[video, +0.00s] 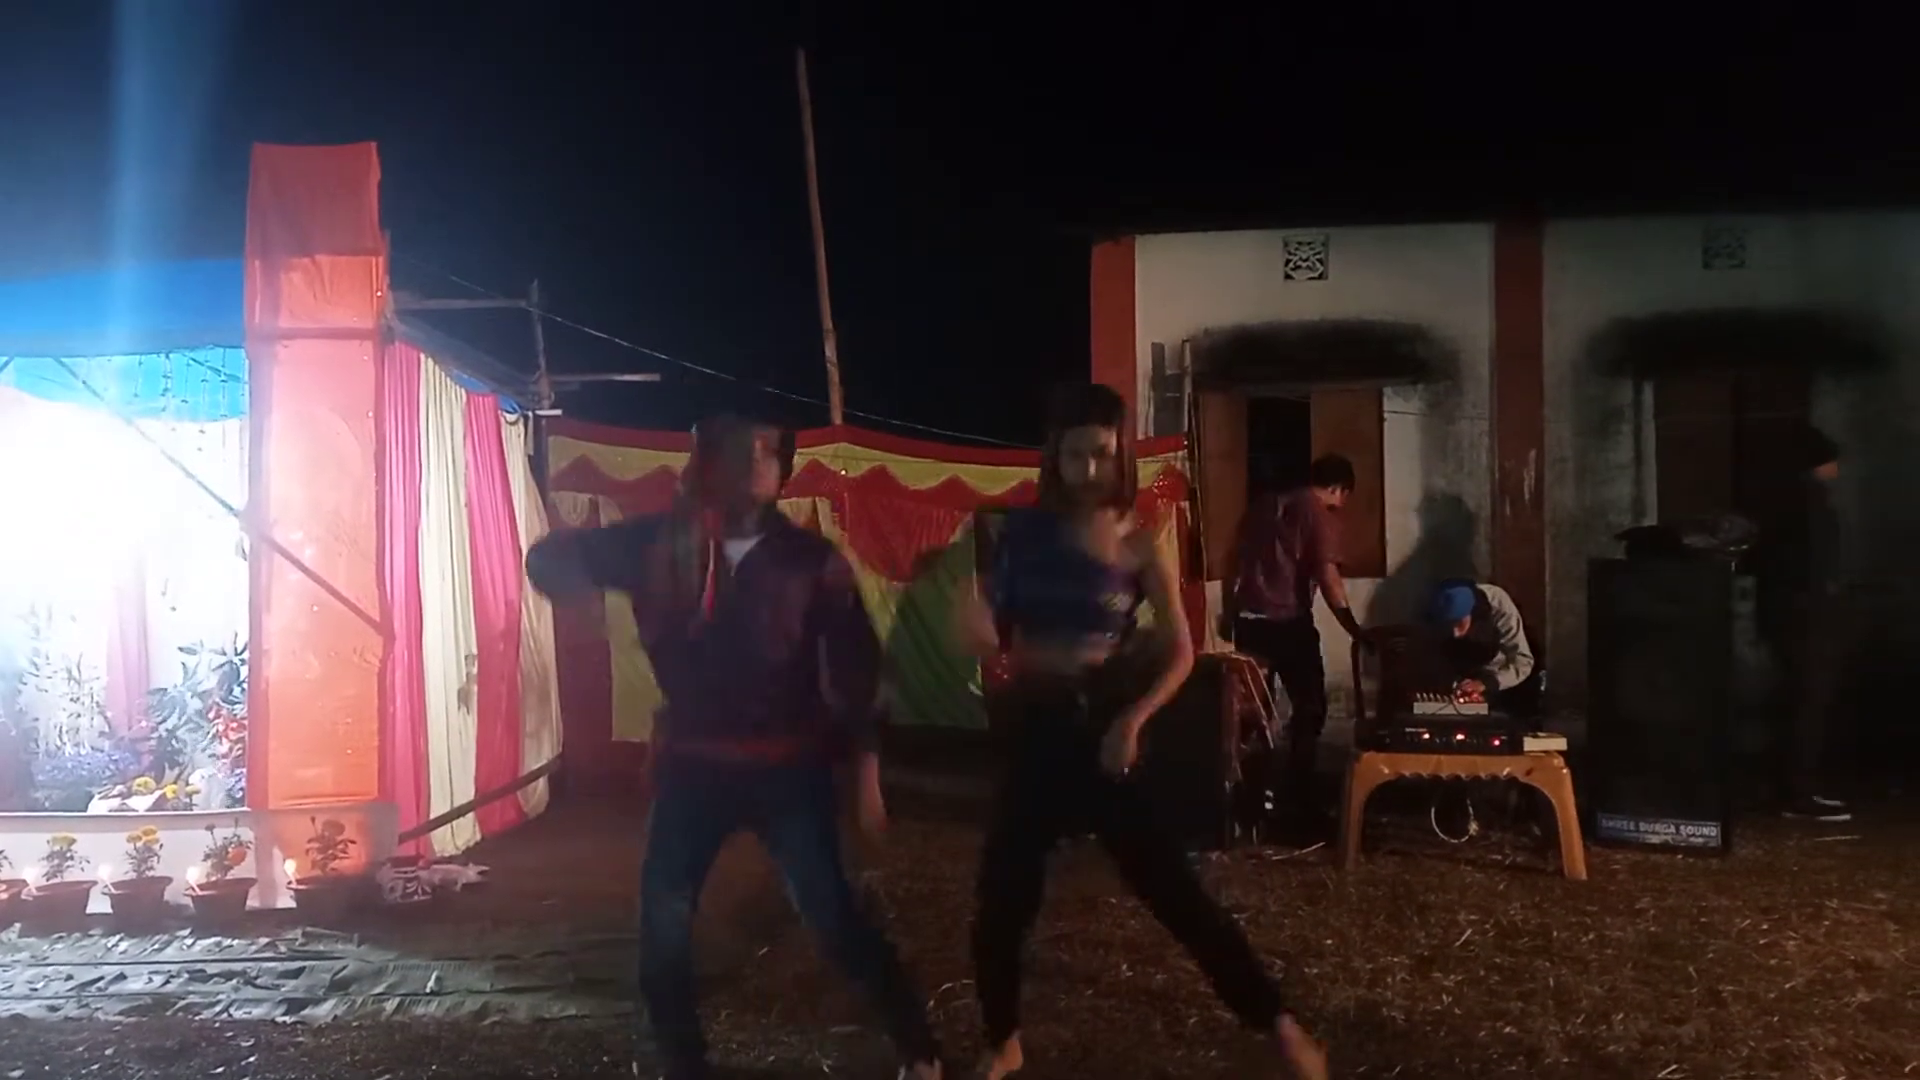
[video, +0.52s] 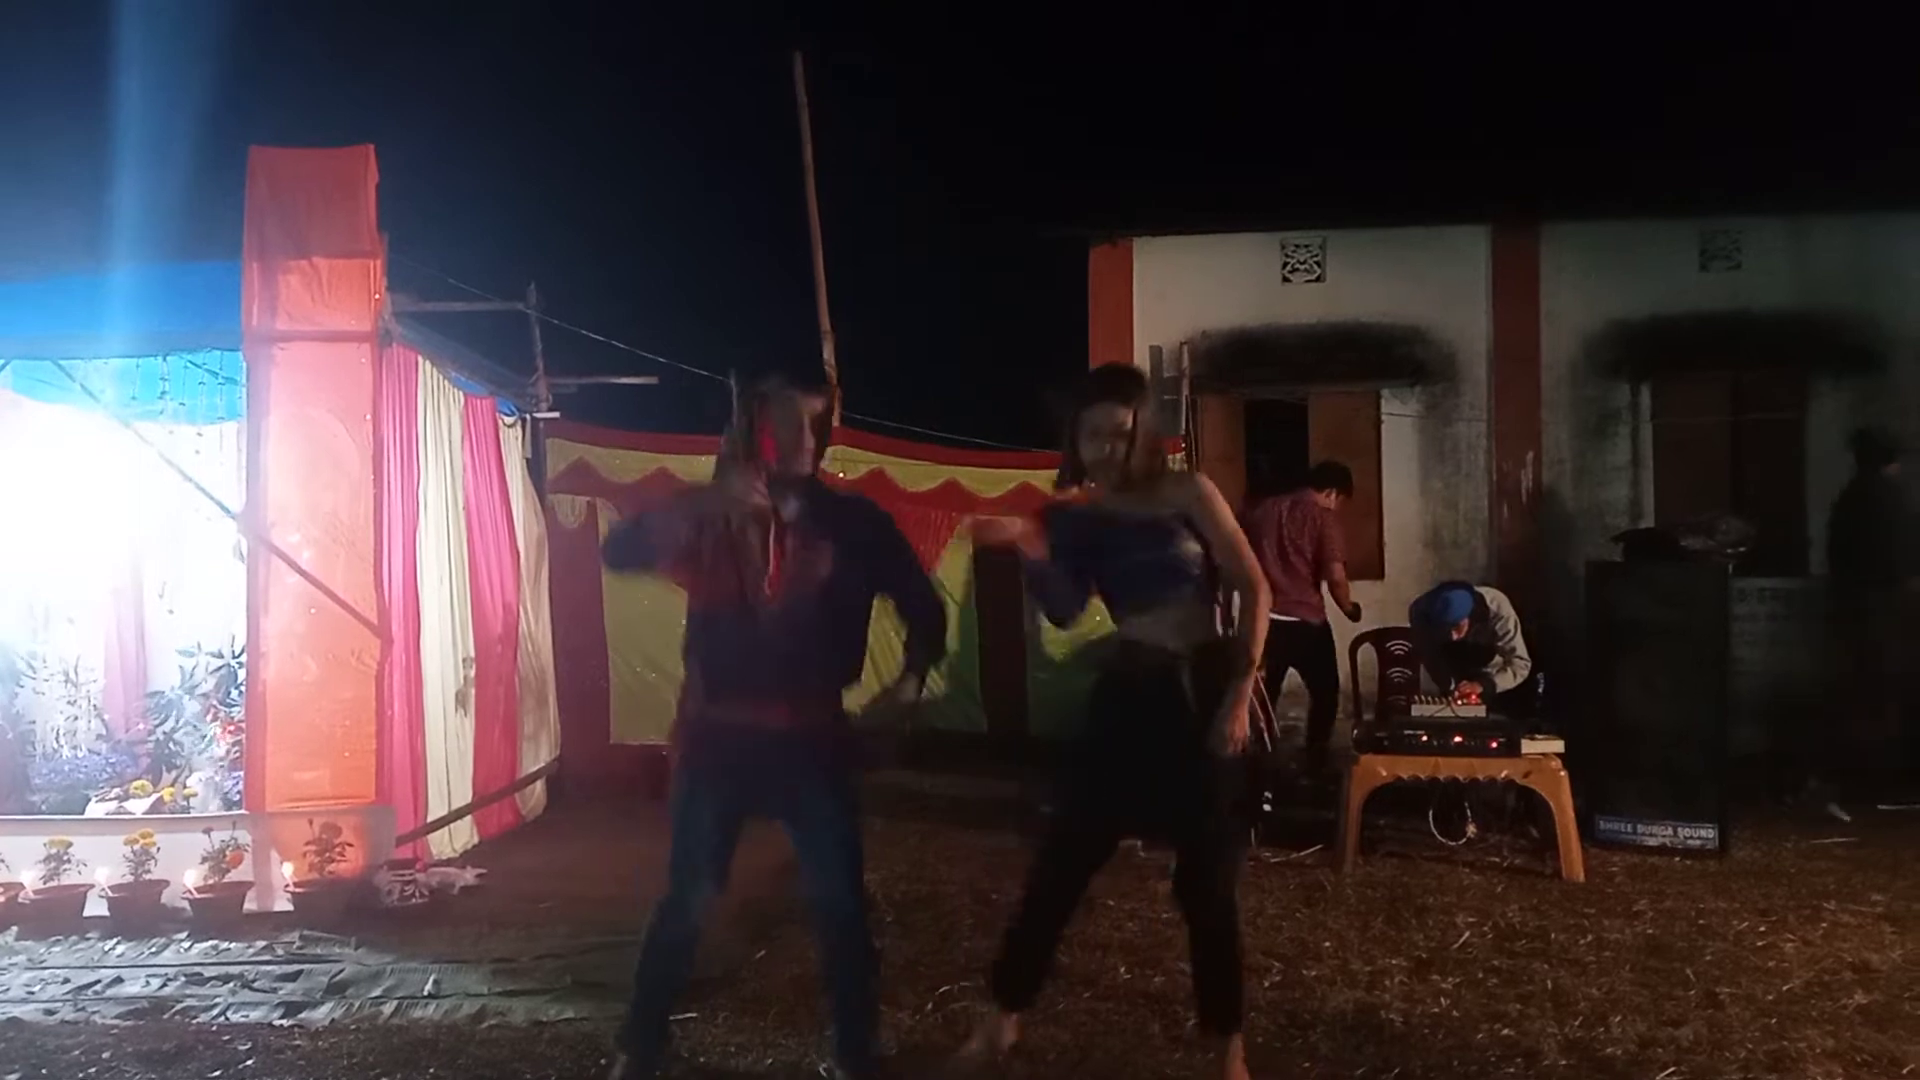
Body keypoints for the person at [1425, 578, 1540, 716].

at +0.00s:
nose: (1455, 634)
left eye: (1460, 624)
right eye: (1449, 626)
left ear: (1471, 613)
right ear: (1440, 620)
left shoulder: (1497, 604)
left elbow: (1523, 661)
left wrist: (1486, 683)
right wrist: (1457, 683)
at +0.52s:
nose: (1453, 637)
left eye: (1458, 629)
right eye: (1447, 631)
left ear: (1469, 618)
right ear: (1436, 623)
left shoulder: (1497, 608)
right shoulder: (1420, 612)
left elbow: (1521, 663)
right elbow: (1430, 658)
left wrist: (1483, 685)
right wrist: (1449, 688)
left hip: (1487, 653)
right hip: (1446, 656)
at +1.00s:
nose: (1454, 637)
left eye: (1459, 629)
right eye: (1448, 632)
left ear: (1469, 618)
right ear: (1436, 623)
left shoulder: (1497, 608)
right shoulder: (1422, 613)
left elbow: (1520, 664)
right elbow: (1430, 659)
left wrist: (1483, 685)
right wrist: (1449, 687)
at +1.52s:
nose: (1454, 638)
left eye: (1459, 629)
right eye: (1448, 632)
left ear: (1469, 617)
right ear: (1436, 625)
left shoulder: (1496, 606)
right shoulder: (1426, 619)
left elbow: (1520, 664)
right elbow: (1435, 669)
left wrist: (1483, 686)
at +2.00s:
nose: (1455, 638)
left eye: (1460, 630)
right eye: (1448, 633)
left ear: (1470, 618)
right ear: (1436, 624)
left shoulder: (1497, 608)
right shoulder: (1422, 614)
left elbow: (1520, 665)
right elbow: (1431, 662)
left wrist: (1484, 686)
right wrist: (1449, 687)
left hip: (1489, 647)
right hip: (1451, 650)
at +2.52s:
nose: (1454, 638)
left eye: (1459, 631)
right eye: (1448, 633)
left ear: (1470, 618)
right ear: (1436, 624)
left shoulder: (1496, 607)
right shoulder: (1420, 613)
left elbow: (1520, 663)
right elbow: (1431, 662)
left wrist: (1485, 682)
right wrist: (1452, 691)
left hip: (1488, 650)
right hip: (1448, 653)